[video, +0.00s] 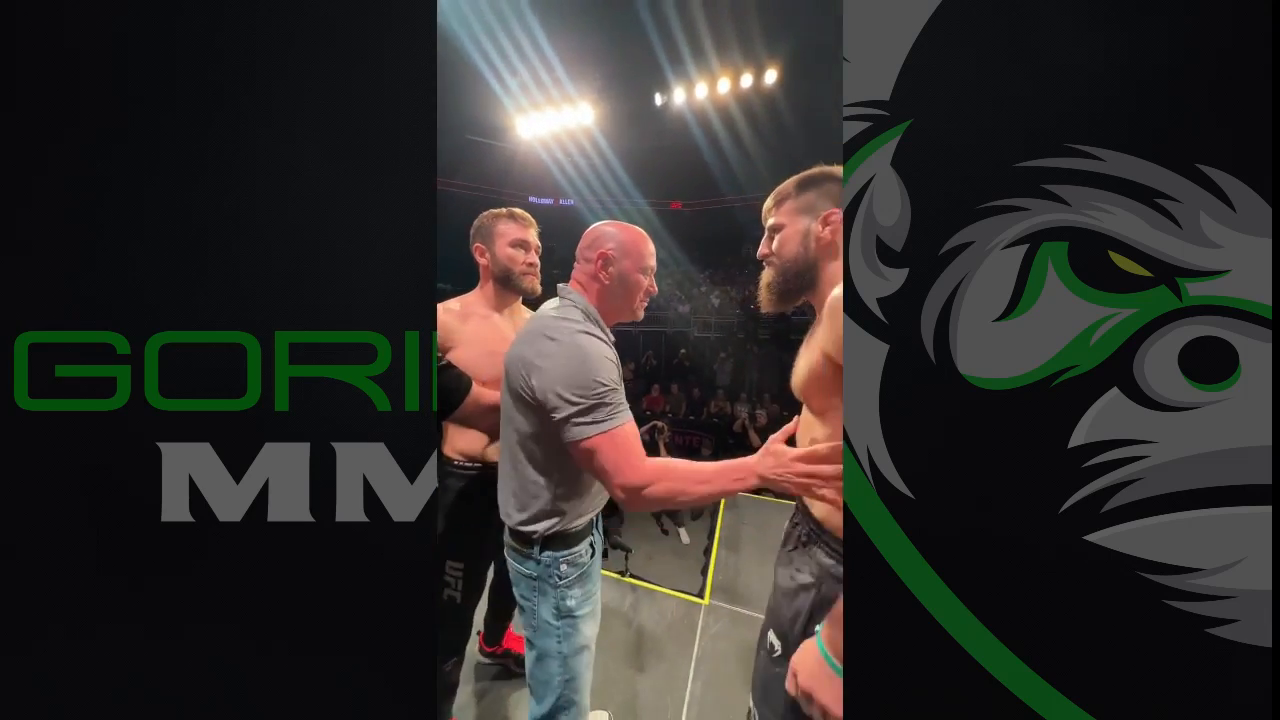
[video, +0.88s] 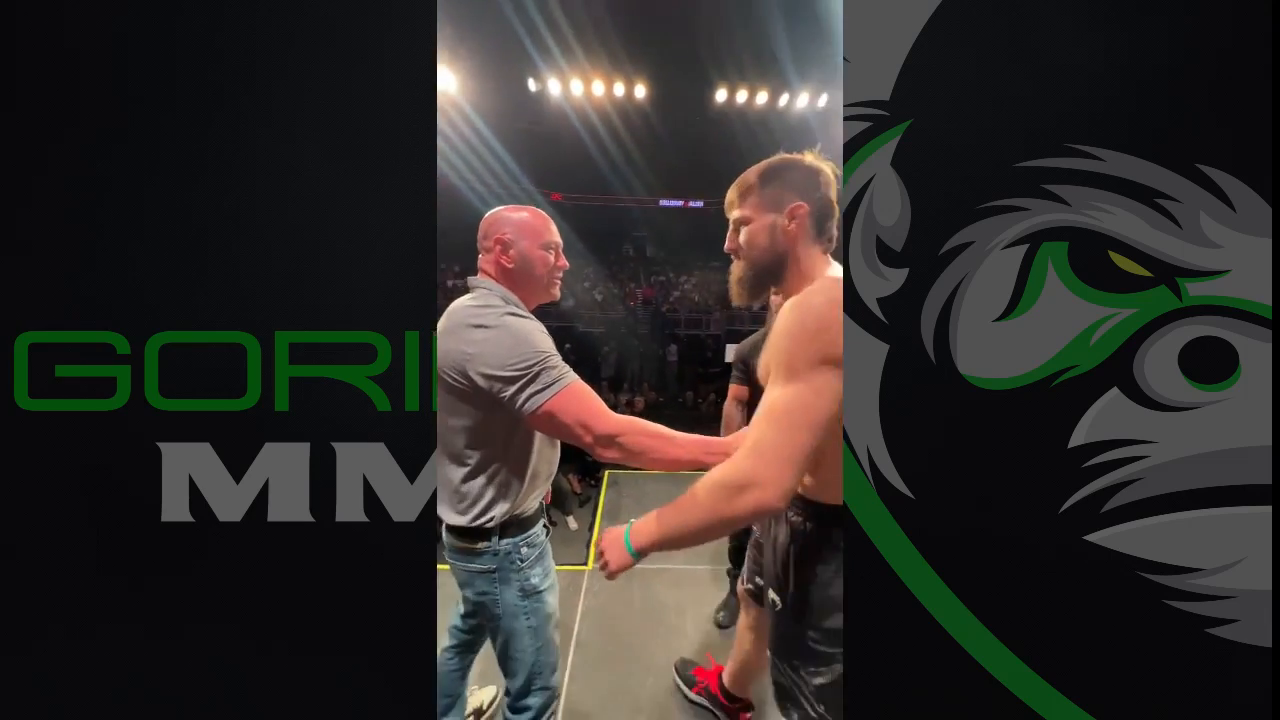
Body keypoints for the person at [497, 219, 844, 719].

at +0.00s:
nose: (654, 288)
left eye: (653, 275)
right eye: (646, 273)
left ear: (599, 268)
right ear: (602, 266)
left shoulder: (560, 325)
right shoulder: (573, 347)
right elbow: (634, 484)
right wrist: (756, 468)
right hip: (553, 550)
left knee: (558, 678)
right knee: (559, 703)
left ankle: (567, 708)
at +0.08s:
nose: (645, 288)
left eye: (646, 275)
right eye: (638, 273)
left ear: (592, 267)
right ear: (595, 266)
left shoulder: (555, 321)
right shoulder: (572, 347)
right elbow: (652, 469)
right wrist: (770, 463)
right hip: (552, 547)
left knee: (557, 651)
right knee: (561, 701)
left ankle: (567, 707)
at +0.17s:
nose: (637, 287)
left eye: (637, 274)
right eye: (629, 272)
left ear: (583, 267)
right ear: (586, 266)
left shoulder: (544, 321)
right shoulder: (569, 344)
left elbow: (592, 420)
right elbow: (655, 458)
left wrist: (650, 466)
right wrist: (774, 460)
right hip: (553, 546)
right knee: (573, 702)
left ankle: (540, 711)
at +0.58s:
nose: (590, 270)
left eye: (588, 259)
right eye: (578, 258)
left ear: (530, 262)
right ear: (532, 259)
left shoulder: (502, 318)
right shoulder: (530, 331)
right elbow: (626, 436)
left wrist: (610, 438)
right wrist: (746, 447)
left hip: (498, 527)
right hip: (525, 537)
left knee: (496, 646)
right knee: (560, 692)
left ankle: (492, 713)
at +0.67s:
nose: (583, 269)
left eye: (581, 258)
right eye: (572, 257)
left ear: (524, 260)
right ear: (525, 258)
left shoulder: (498, 318)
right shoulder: (523, 331)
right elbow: (620, 435)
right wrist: (741, 452)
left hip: (493, 528)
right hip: (517, 539)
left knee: (489, 645)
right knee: (551, 693)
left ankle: (480, 713)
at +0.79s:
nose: (569, 266)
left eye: (567, 254)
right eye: (557, 254)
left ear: (510, 257)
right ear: (510, 256)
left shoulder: (485, 316)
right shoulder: (510, 332)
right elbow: (609, 435)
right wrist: (736, 452)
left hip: (482, 529)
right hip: (507, 540)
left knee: (474, 640)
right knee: (540, 691)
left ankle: (457, 713)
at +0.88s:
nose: (563, 262)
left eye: (561, 250)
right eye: (550, 250)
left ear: (500, 254)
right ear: (502, 253)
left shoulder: (468, 315)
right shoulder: (504, 331)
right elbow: (603, 434)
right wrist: (725, 449)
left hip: (474, 528)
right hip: (504, 541)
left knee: (467, 632)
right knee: (534, 692)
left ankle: (446, 708)